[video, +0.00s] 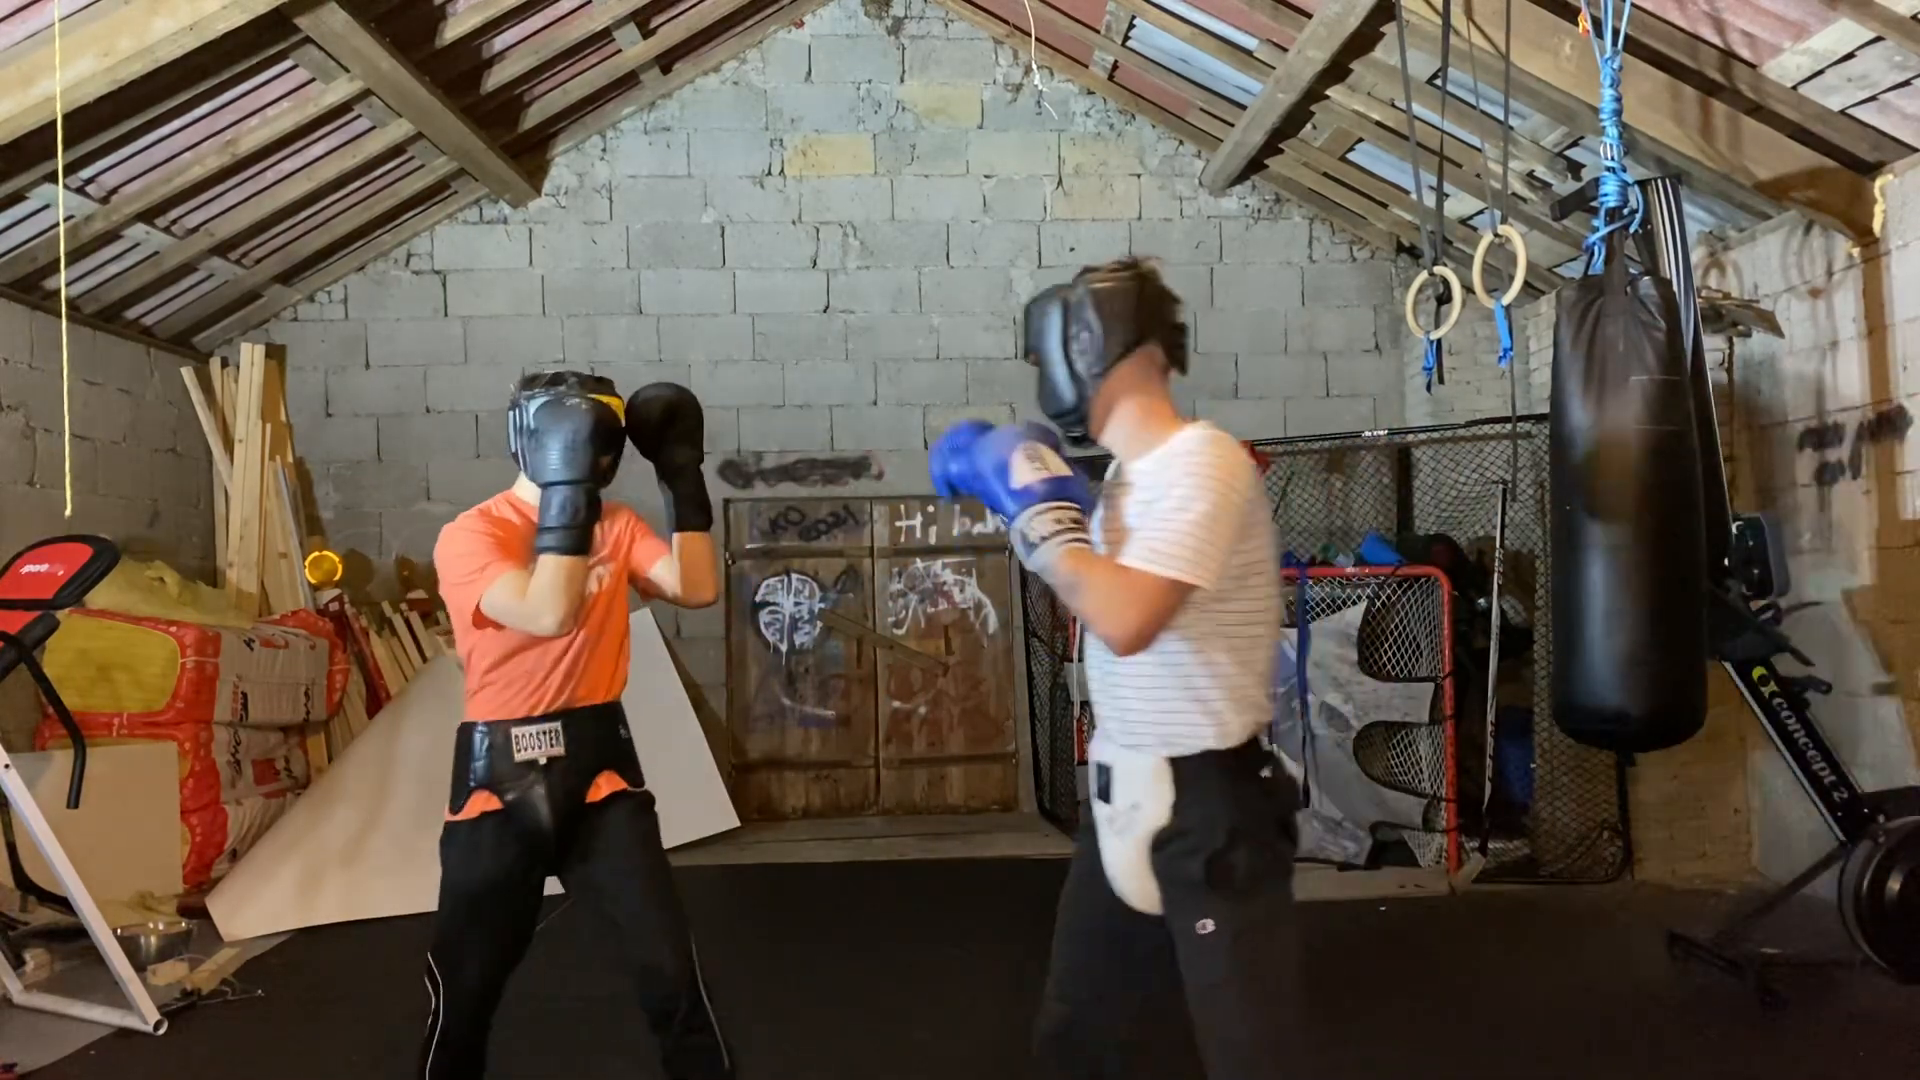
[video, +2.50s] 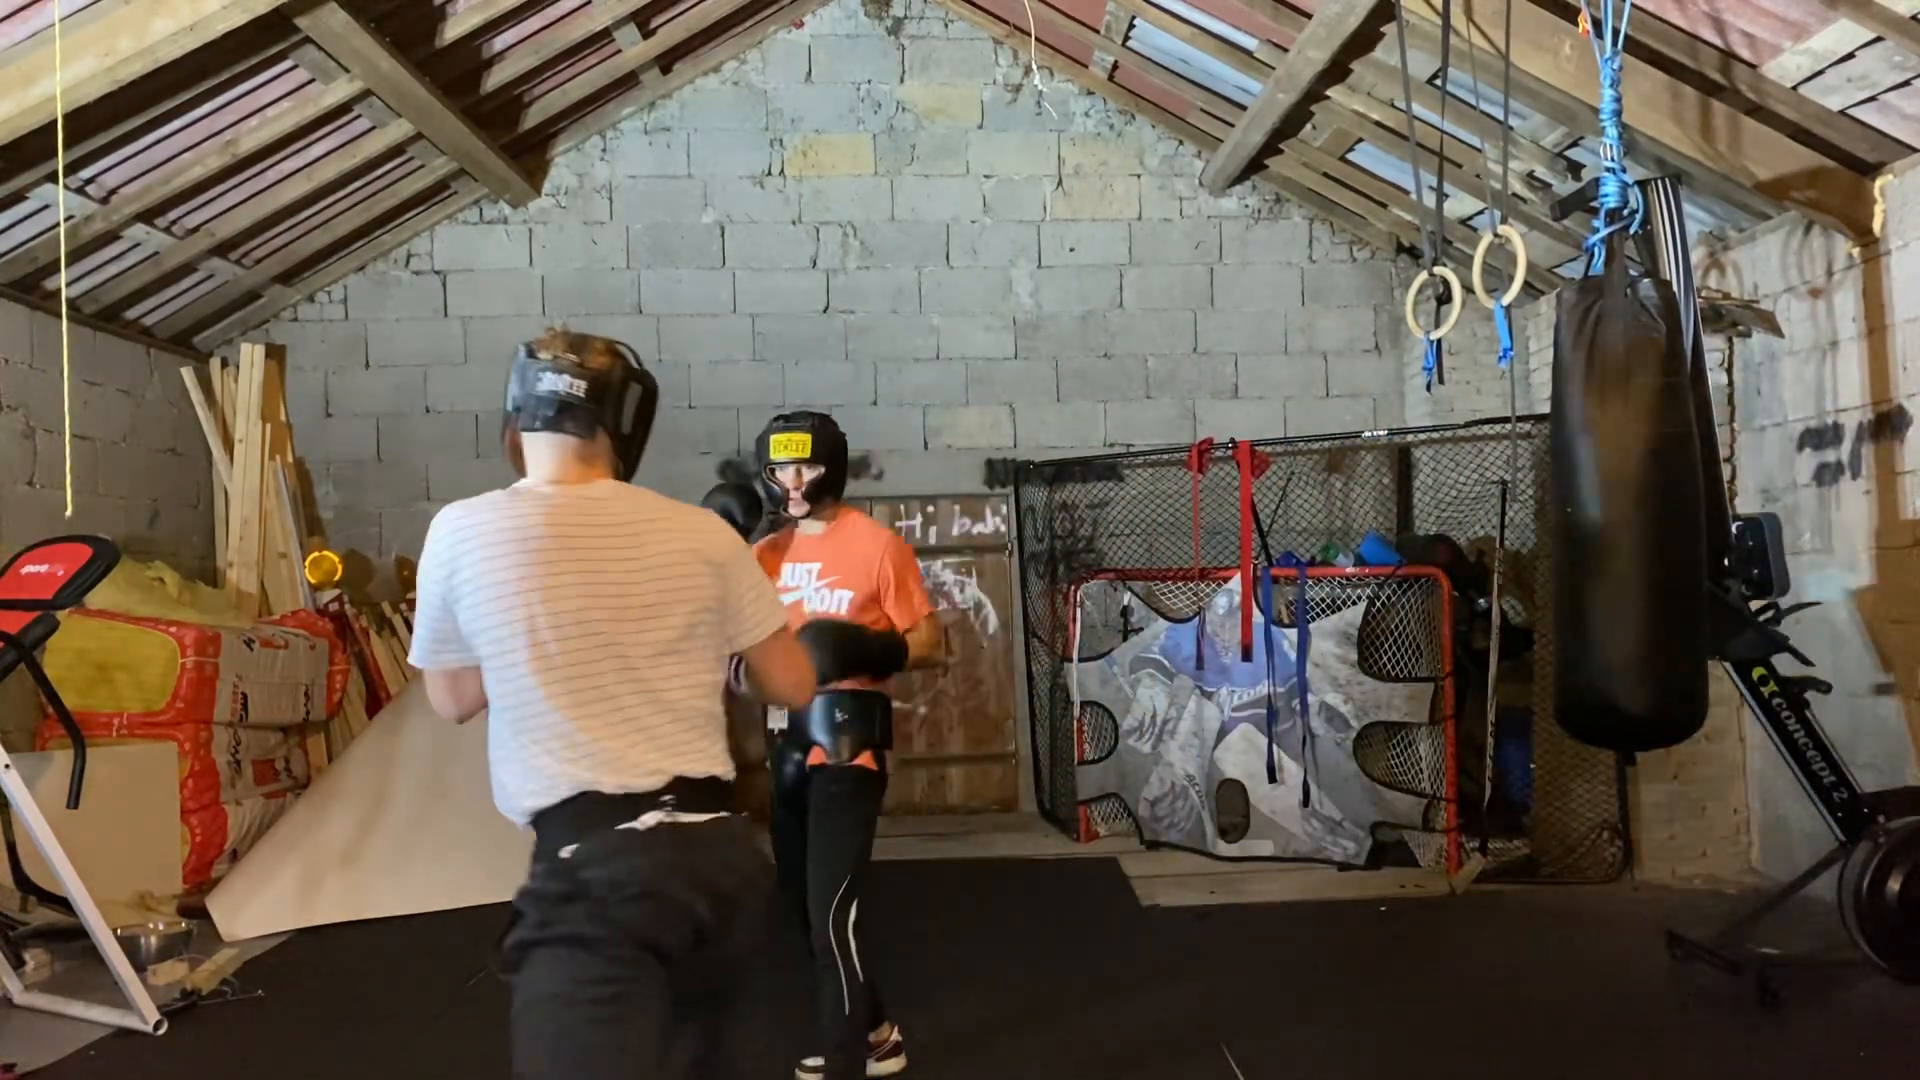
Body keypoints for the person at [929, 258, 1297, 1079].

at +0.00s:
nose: (1048, 371)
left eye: (1055, 347)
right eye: (1047, 350)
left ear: (1089, 348)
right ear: (1146, 347)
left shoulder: (1204, 463)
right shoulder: (1124, 485)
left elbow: (1127, 618)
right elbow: (1102, 602)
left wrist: (1040, 513)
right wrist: (1026, 504)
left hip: (1213, 801)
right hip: (1127, 799)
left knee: (1252, 1054)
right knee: (1077, 1040)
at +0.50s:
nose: (953, 368)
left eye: (958, 345)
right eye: (952, 349)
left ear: (985, 343)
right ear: (1060, 348)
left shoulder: (1043, 461)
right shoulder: (1099, 456)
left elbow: (947, 620)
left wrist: (906, 513)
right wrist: (956, 505)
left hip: (1070, 829)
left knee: (1046, 1060)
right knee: (982, 1050)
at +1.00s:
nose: (907, 391)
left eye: (912, 374)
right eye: (912, 376)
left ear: (925, 376)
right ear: (1020, 400)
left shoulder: (920, 480)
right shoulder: (1075, 516)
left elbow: (846, 652)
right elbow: (1115, 687)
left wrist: (854, 536)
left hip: (976, 843)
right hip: (1077, 835)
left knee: (983, 1058)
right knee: (1075, 1054)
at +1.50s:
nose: (736, 457)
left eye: (741, 432)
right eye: (739, 435)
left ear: (769, 436)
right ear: (858, 431)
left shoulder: (794, 567)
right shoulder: (953, 541)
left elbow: (742, 756)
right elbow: (1051, 668)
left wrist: (737, 626)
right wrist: (955, 640)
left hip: (909, 934)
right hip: (1018, 897)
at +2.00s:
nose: (561, 556)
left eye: (558, 541)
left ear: (579, 549)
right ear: (671, 502)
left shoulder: (622, 645)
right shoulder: (789, 565)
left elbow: (630, 811)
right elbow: (915, 624)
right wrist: (826, 662)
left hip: (817, 925)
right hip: (922, 881)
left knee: (679, 1069)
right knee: (887, 1069)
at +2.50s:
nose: (513, 431)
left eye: (513, 416)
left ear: (514, 429)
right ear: (624, 428)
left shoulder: (460, 534)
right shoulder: (703, 535)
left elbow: (455, 698)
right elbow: (794, 683)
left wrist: (536, 622)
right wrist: (725, 651)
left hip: (590, 870)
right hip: (725, 853)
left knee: (582, 1065)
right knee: (747, 1067)